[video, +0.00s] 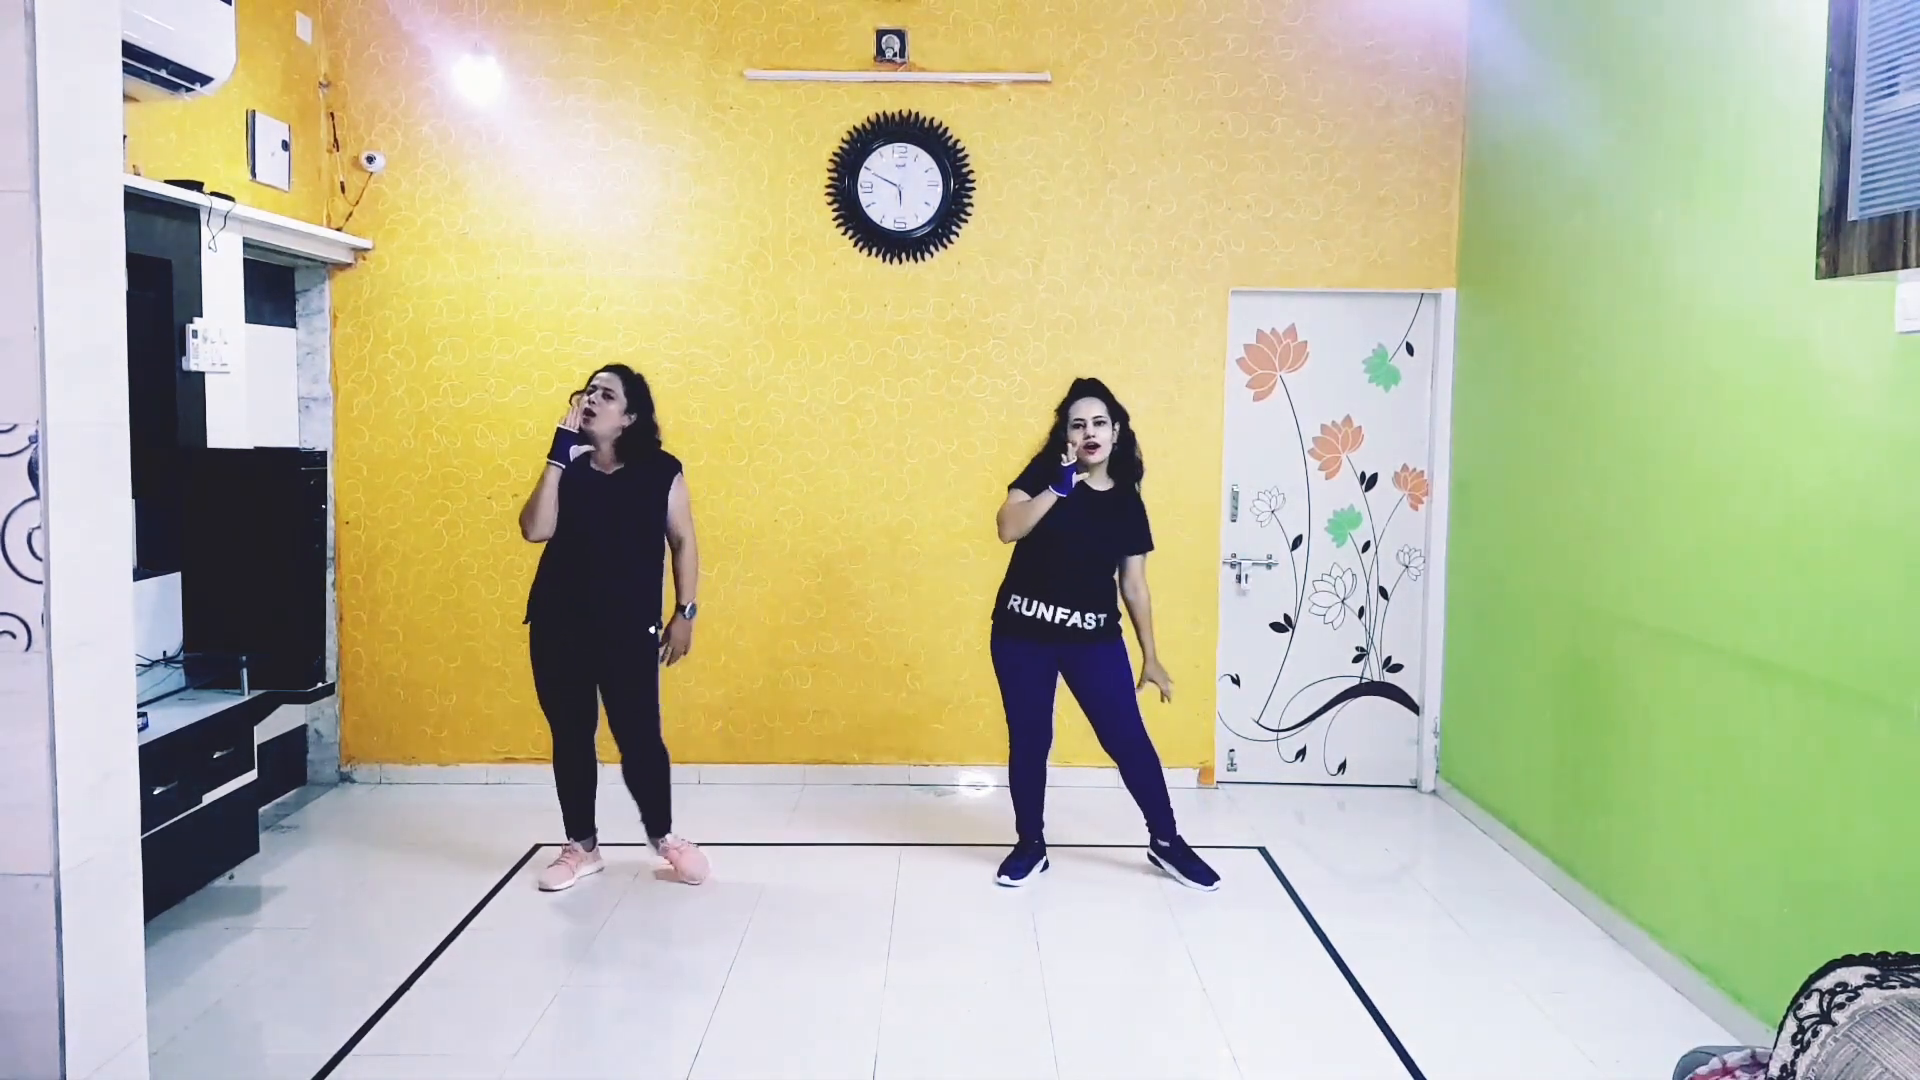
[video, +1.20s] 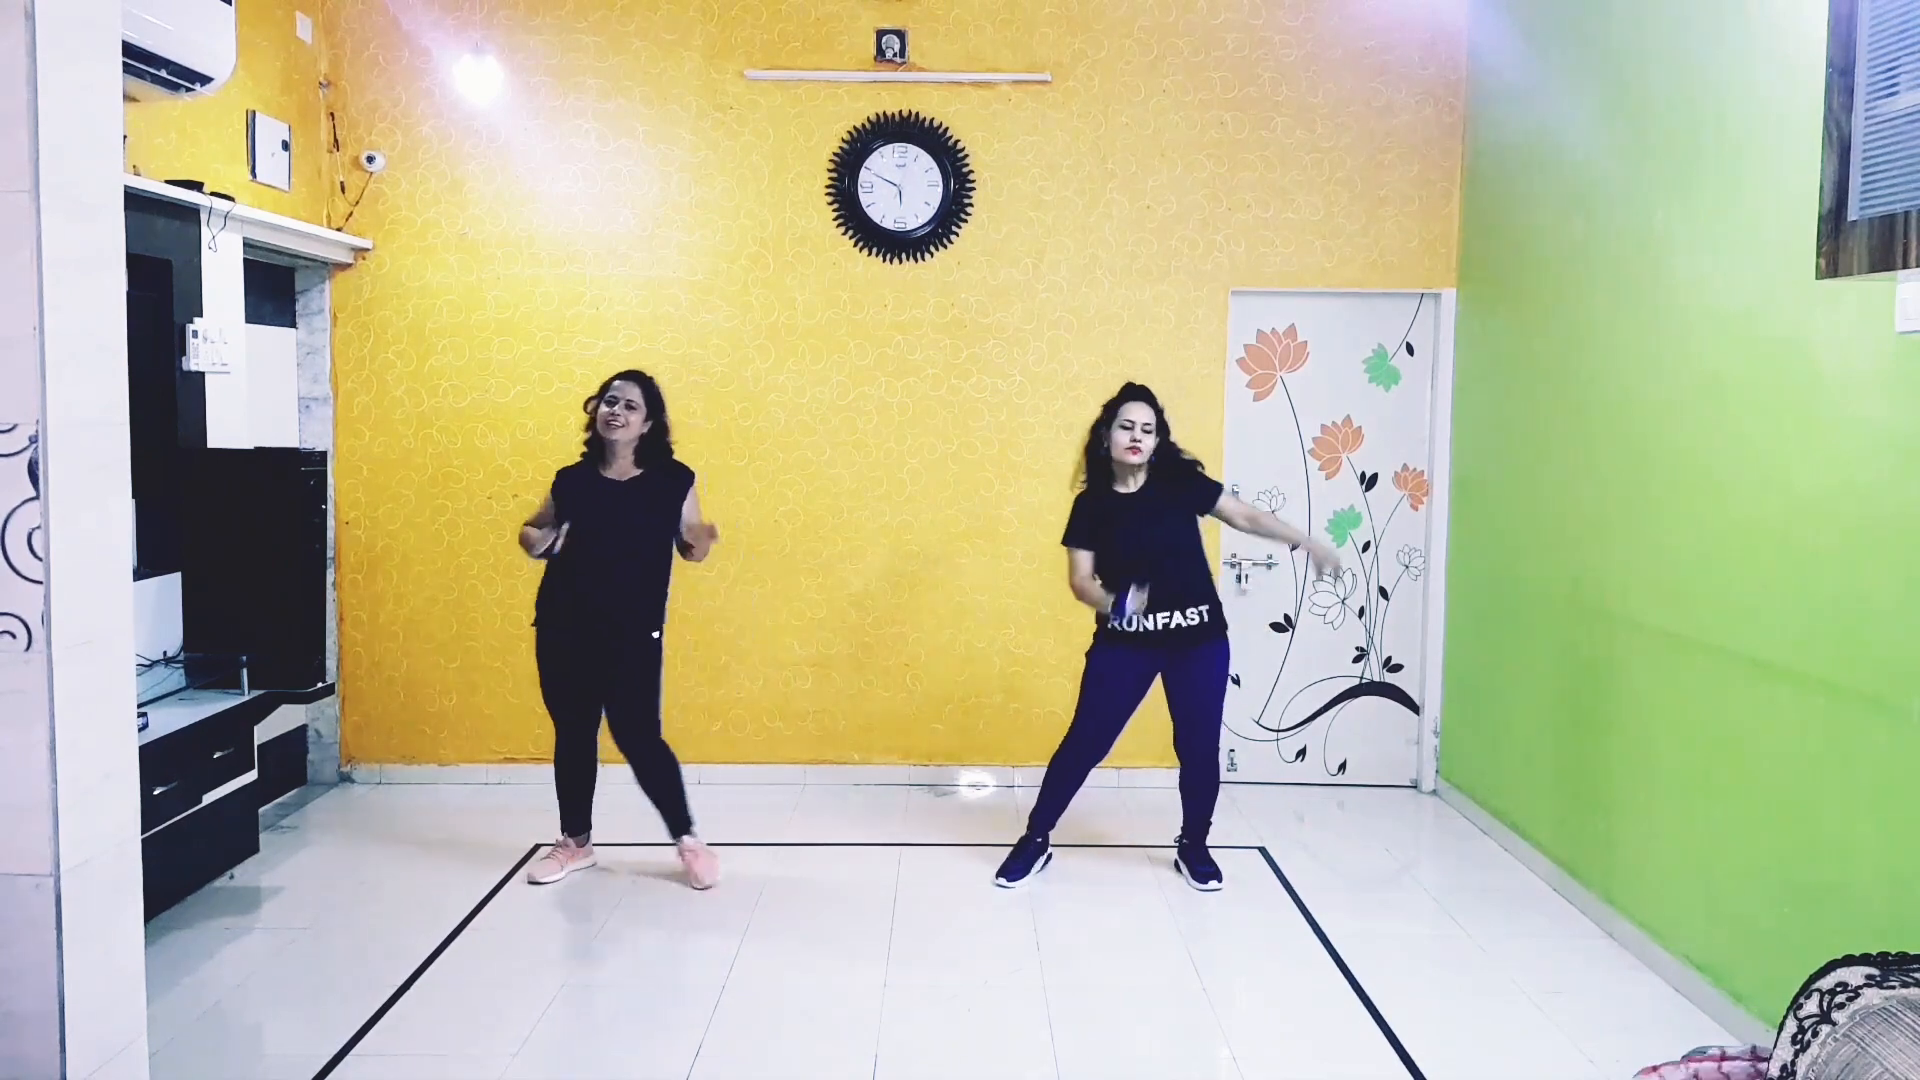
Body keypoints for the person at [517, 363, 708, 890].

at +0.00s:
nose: (590, 399)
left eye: (606, 395)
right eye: (589, 391)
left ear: (631, 417)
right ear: (581, 404)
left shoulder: (661, 472)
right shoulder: (565, 467)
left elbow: (683, 543)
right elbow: (536, 529)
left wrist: (686, 613)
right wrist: (559, 453)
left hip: (628, 626)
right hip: (560, 624)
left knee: (641, 736)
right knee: (571, 737)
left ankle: (663, 839)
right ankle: (580, 846)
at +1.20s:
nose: (614, 410)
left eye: (629, 405)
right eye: (608, 401)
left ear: (649, 422)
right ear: (595, 412)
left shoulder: (673, 482)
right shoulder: (571, 481)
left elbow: (690, 550)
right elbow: (541, 532)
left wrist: (700, 539)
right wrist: (534, 539)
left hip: (632, 633)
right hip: (566, 629)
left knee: (637, 737)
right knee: (573, 736)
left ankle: (687, 841)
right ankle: (574, 842)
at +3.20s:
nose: (646, 415)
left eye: (660, 410)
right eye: (640, 407)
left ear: (681, 423)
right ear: (626, 417)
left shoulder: (705, 481)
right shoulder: (611, 490)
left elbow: (743, 541)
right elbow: (611, 560)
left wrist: (774, 549)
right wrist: (571, 597)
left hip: (720, 623)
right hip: (654, 628)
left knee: (725, 729)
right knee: (610, 730)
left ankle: (739, 845)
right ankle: (601, 849)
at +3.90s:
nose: (655, 420)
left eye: (669, 413)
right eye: (648, 412)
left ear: (691, 428)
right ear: (637, 423)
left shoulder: (715, 489)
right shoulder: (616, 491)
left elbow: (758, 549)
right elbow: (587, 559)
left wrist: (740, 526)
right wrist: (564, 557)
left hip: (696, 640)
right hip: (624, 639)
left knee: (712, 744)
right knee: (607, 746)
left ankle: (731, 847)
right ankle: (604, 848)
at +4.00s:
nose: (663, 408)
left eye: (676, 401)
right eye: (655, 399)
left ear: (697, 413)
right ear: (643, 408)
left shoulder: (721, 464)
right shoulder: (624, 462)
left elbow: (779, 465)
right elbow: (564, 469)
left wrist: (745, 406)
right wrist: (590, 406)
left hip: (701, 623)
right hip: (629, 621)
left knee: (715, 737)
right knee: (614, 734)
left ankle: (732, 845)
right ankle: (603, 845)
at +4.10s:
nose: (668, 384)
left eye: (682, 378)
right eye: (662, 375)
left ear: (702, 388)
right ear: (649, 380)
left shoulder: (718, 424)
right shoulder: (631, 413)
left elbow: (761, 377)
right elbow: (592, 356)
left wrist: (757, 306)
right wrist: (607, 285)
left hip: (701, 586)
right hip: (634, 585)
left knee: (717, 715)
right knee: (612, 711)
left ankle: (737, 835)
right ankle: (590, 830)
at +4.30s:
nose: (675, 387)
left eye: (687, 379)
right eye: (666, 376)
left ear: (706, 388)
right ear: (650, 381)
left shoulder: (724, 432)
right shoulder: (627, 423)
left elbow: (791, 436)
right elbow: (558, 414)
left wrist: (775, 375)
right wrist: (582, 353)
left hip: (703, 589)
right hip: (634, 586)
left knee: (716, 719)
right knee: (605, 713)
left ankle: (738, 842)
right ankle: (569, 834)